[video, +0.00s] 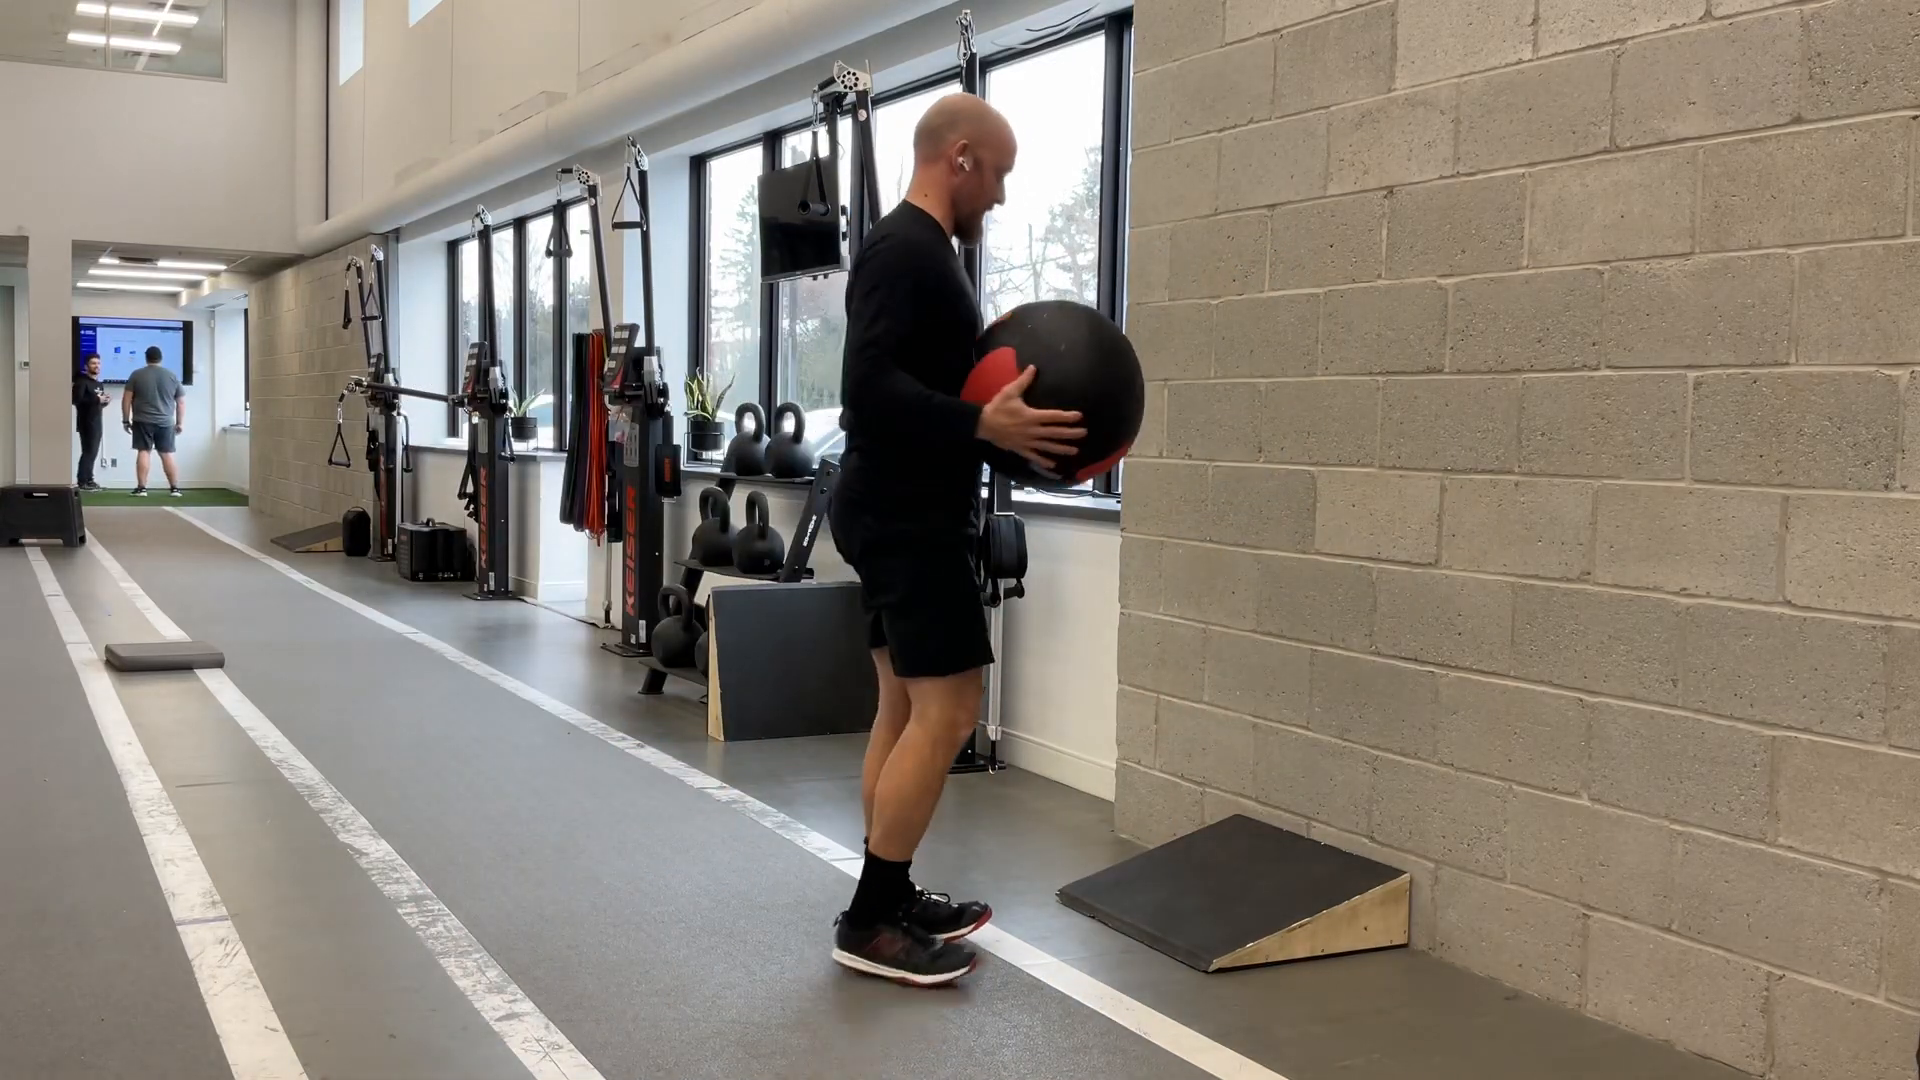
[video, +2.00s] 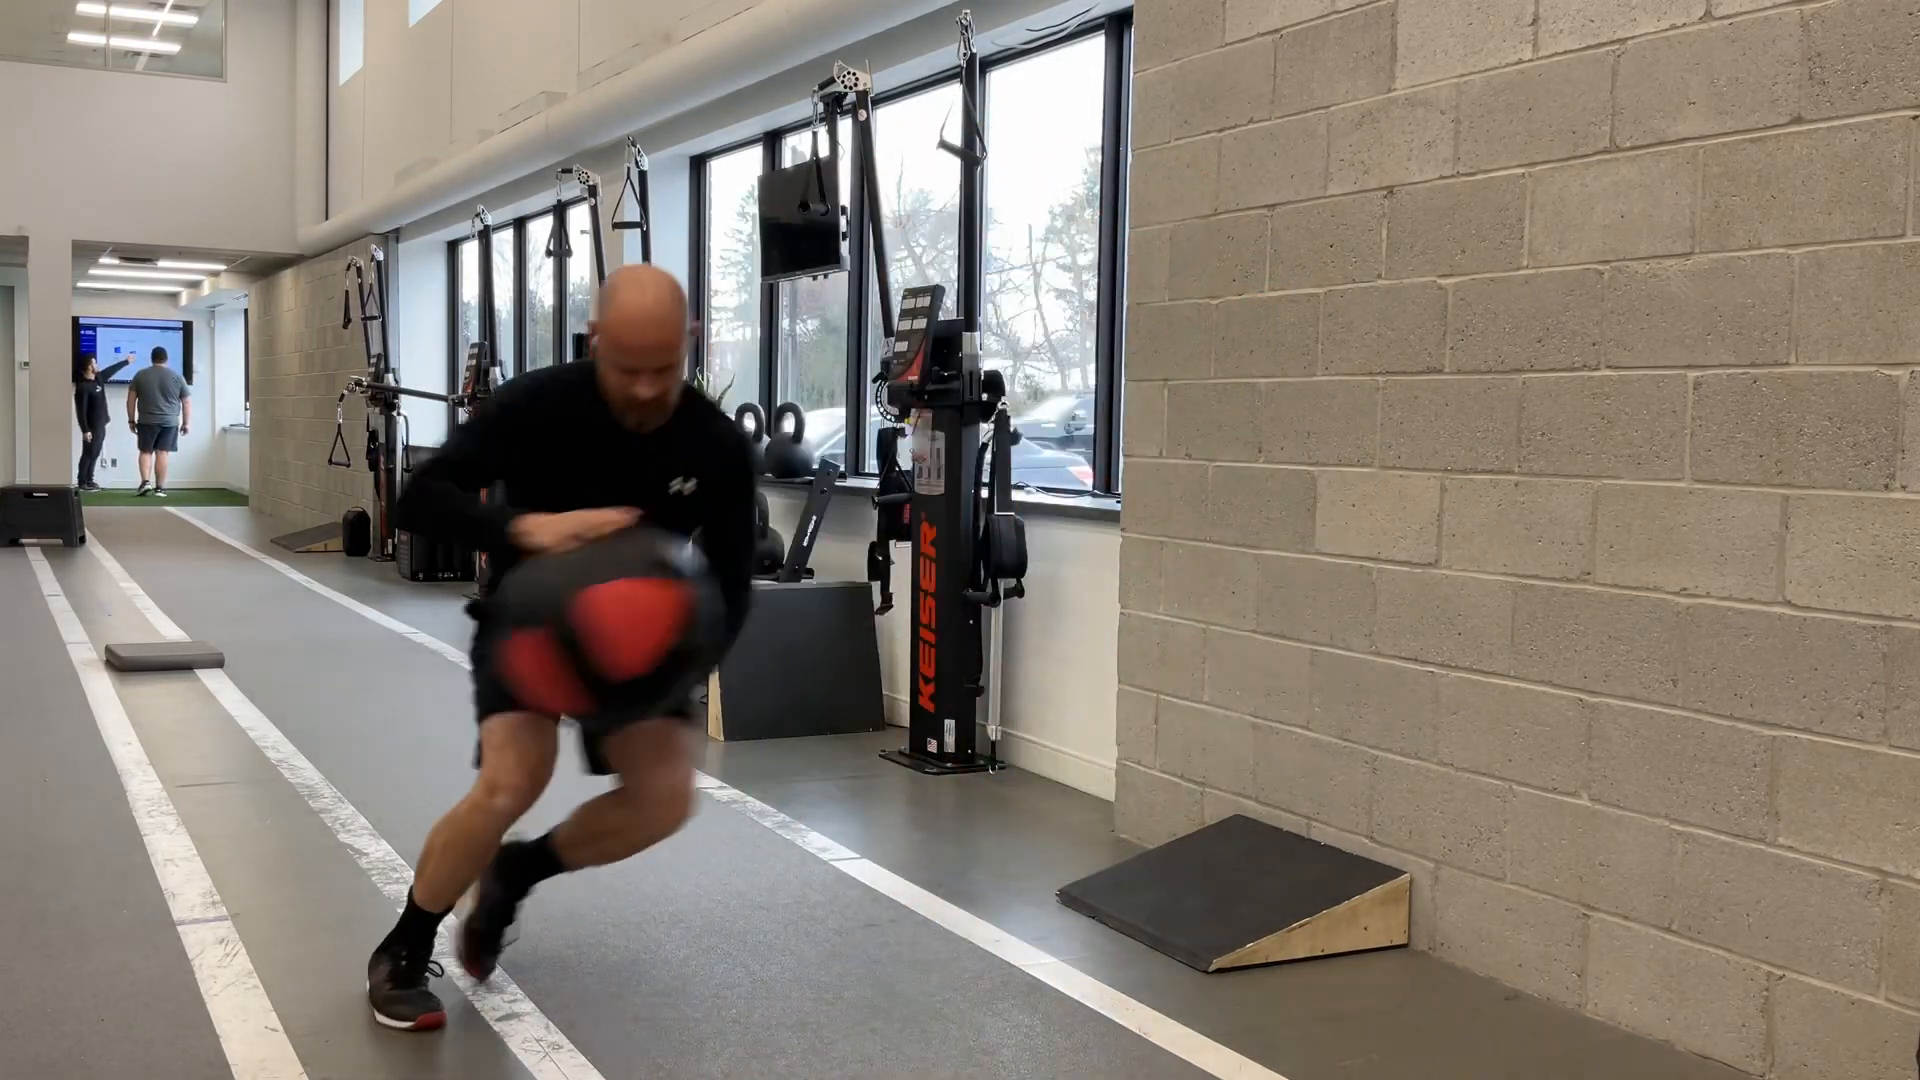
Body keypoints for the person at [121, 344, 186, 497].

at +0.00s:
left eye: (149, 357)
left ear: (146, 358)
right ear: (161, 358)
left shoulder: (136, 375)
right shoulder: (171, 376)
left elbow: (127, 398)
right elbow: (180, 402)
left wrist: (125, 419)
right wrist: (179, 423)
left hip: (142, 422)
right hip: (165, 423)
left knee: (143, 452)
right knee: (167, 455)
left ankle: (141, 487)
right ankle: (174, 487)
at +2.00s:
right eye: (164, 358)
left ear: (151, 359)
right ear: (166, 359)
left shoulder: (141, 375)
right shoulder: (176, 376)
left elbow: (131, 398)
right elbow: (186, 401)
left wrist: (131, 420)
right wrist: (186, 423)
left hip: (147, 422)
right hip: (169, 423)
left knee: (145, 452)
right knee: (163, 452)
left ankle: (145, 482)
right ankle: (160, 487)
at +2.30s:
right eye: (163, 358)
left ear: (151, 359)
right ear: (166, 359)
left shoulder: (141, 375)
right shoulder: (177, 377)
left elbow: (132, 398)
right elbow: (187, 400)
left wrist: (131, 420)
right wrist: (186, 422)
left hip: (148, 422)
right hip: (170, 423)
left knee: (145, 452)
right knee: (163, 452)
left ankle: (145, 483)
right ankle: (160, 487)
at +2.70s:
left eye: (156, 358)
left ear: (153, 359)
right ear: (168, 359)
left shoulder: (143, 375)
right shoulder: (178, 377)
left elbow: (133, 398)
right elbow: (187, 401)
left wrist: (133, 420)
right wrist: (187, 423)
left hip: (149, 422)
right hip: (171, 423)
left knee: (146, 452)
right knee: (164, 453)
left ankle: (146, 481)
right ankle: (160, 487)